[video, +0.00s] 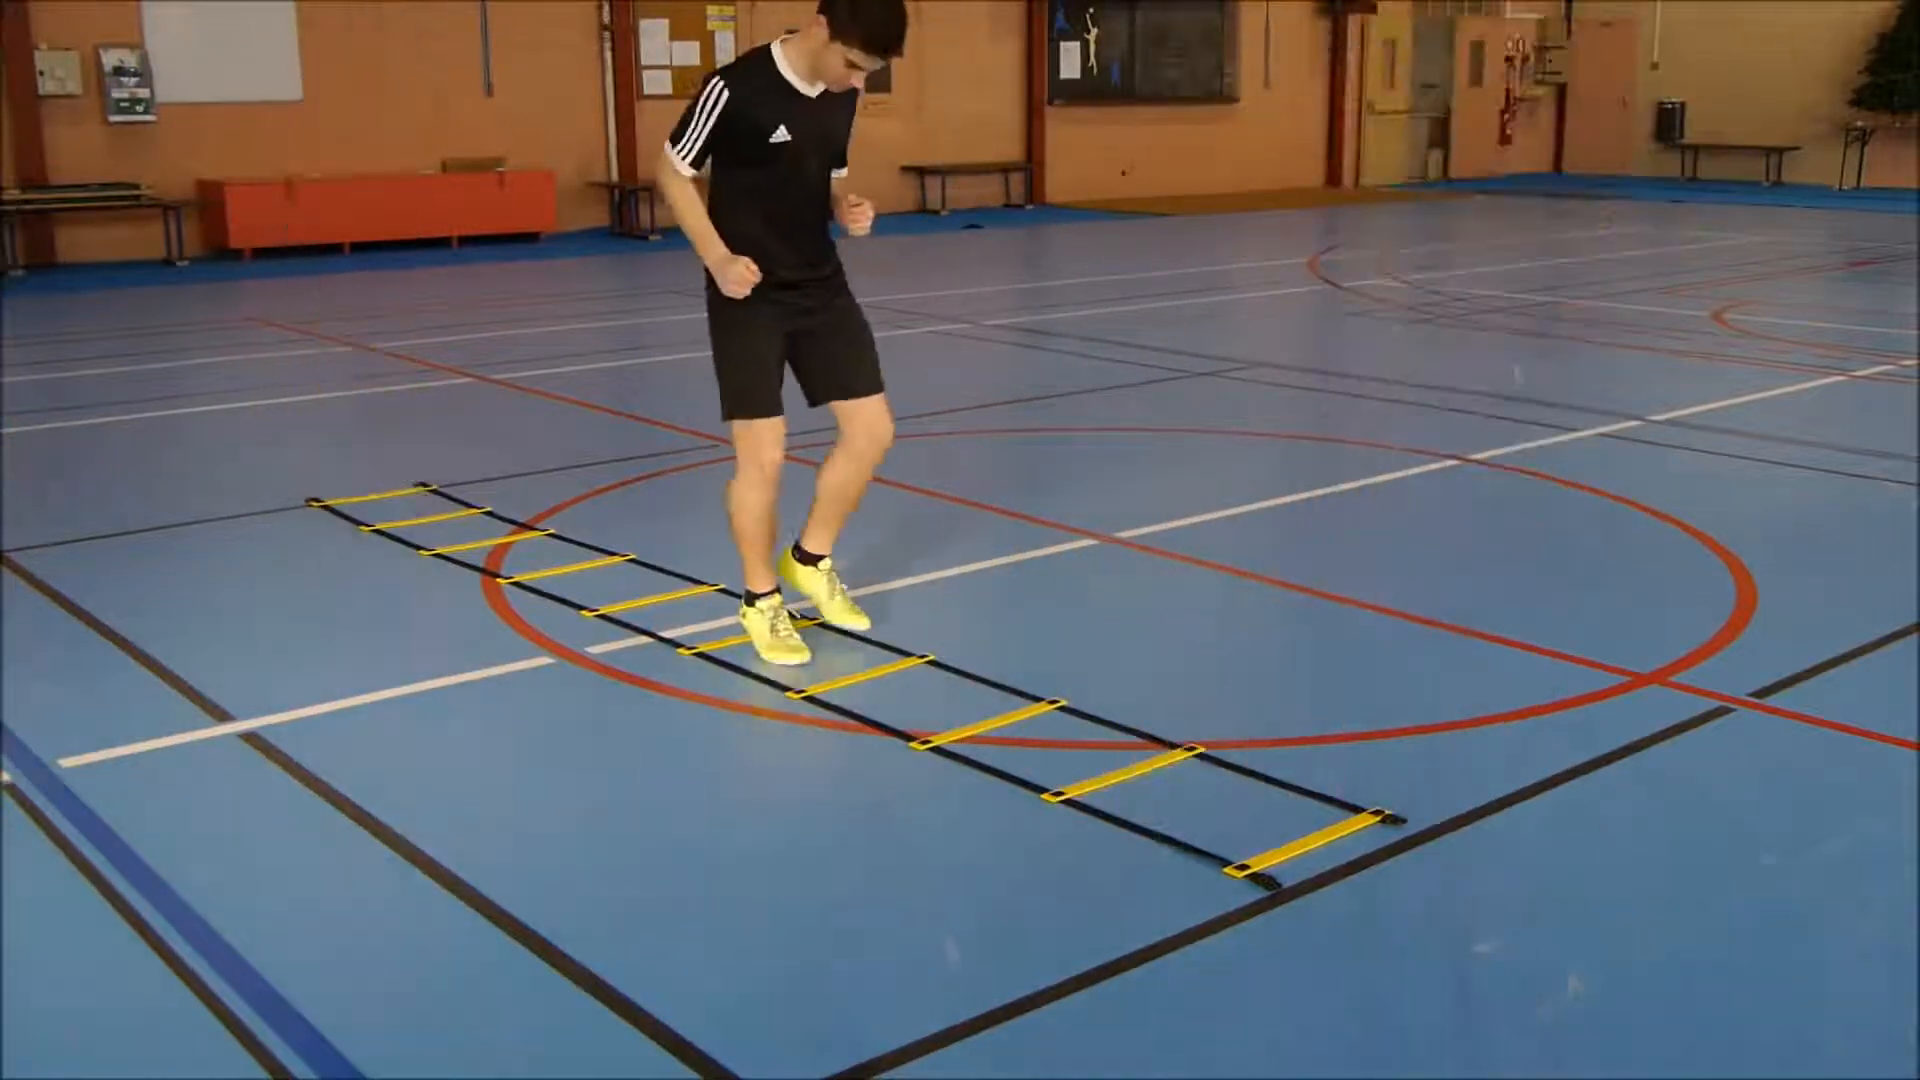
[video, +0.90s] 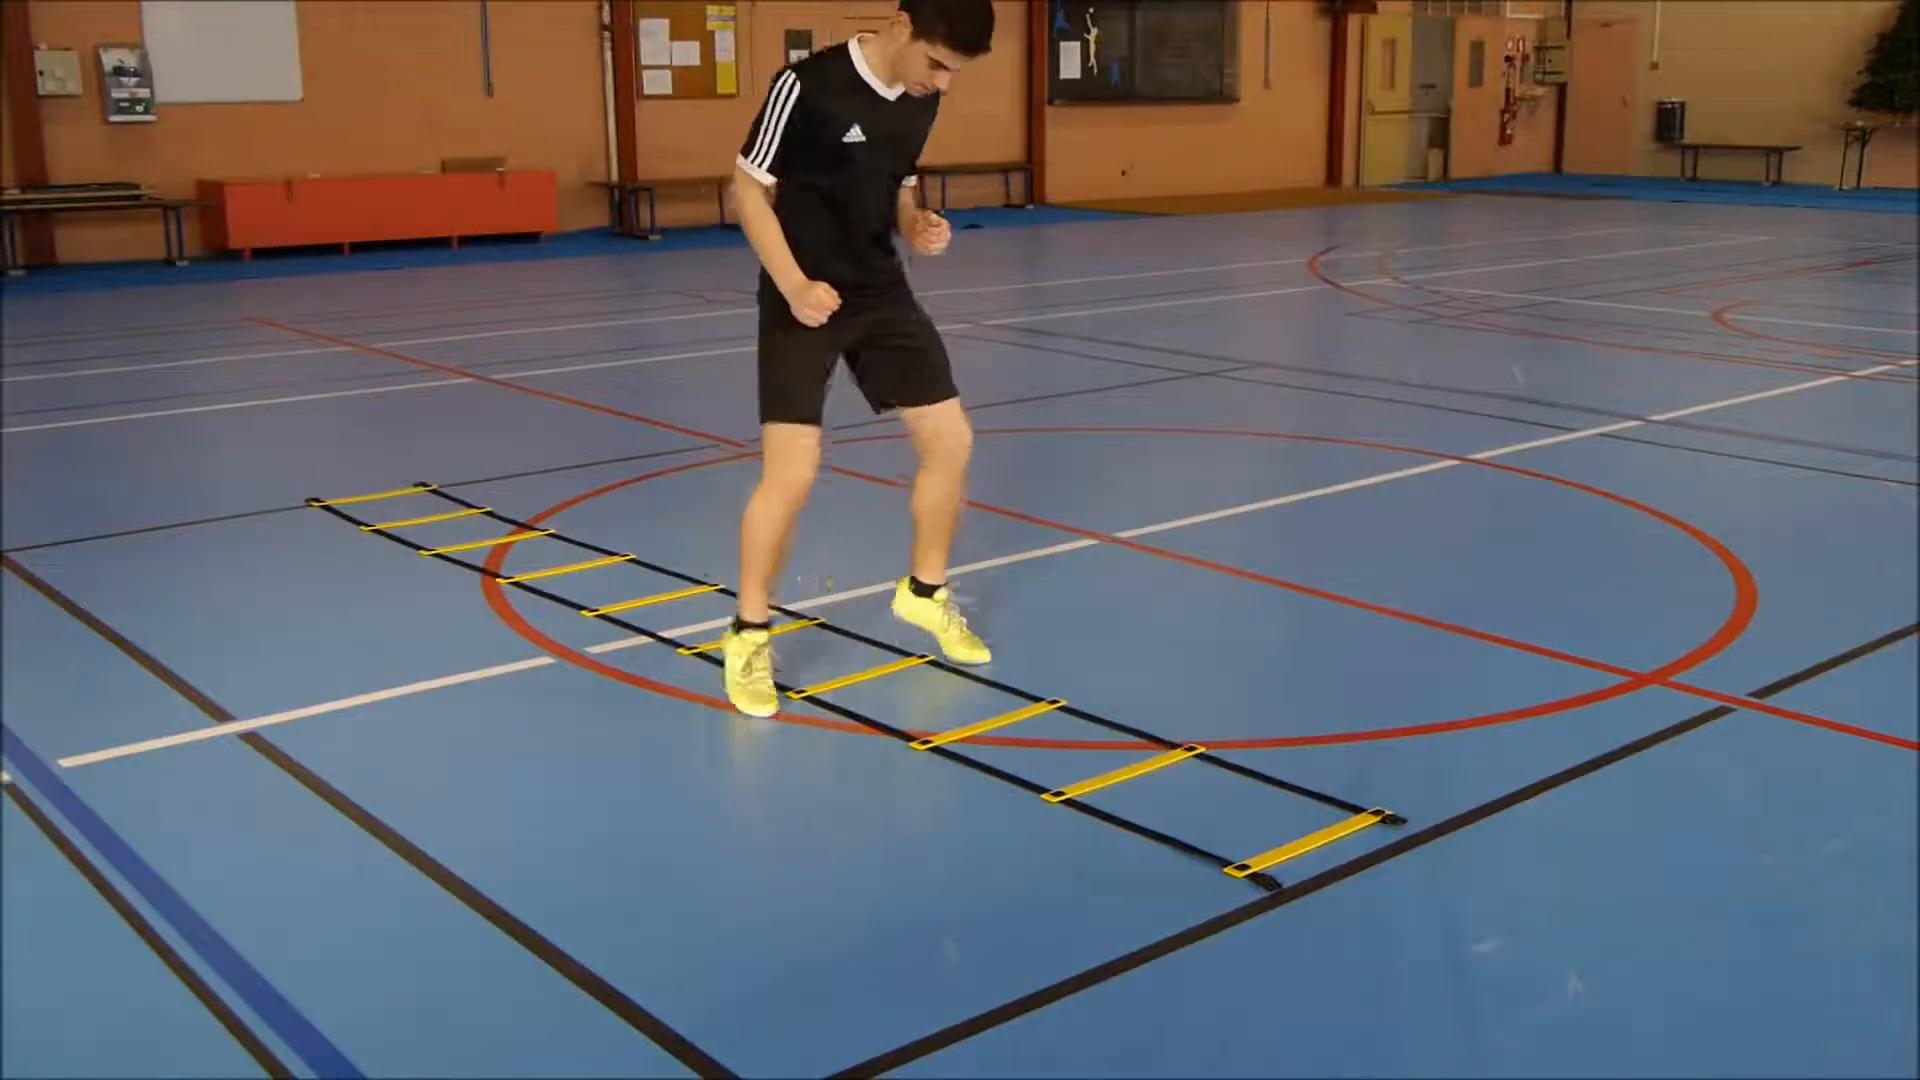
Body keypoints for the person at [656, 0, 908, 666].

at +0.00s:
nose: (858, 82)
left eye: (869, 71)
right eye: (853, 65)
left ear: (878, 56)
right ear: (818, 29)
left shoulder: (844, 91)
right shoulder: (734, 87)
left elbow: (828, 175)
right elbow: (671, 171)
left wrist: (844, 204)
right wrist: (718, 259)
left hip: (819, 284)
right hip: (746, 290)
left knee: (870, 431)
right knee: (761, 454)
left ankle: (808, 558)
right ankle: (761, 599)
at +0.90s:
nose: (941, 83)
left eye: (952, 71)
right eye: (934, 64)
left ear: (962, 55)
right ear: (895, 26)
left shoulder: (924, 97)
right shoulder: (804, 85)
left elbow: (901, 182)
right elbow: (747, 189)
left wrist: (913, 223)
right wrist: (792, 284)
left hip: (878, 286)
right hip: (798, 291)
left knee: (948, 439)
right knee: (791, 471)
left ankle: (924, 592)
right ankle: (749, 634)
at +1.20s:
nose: (976, 92)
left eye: (987, 81)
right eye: (970, 75)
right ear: (931, 34)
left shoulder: (969, 101)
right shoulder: (832, 89)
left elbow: (961, 180)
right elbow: (786, 196)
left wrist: (963, 227)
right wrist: (830, 286)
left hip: (925, 297)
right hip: (841, 301)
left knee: (957, 459)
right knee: (862, 473)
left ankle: (932, 600)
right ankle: (870, 633)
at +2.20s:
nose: (1044, 84)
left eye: (1055, 71)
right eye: (1037, 64)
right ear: (990, 26)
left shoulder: (1022, 98)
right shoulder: (899, 95)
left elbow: (1006, 187)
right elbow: (837, 217)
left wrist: (1029, 235)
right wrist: (914, 307)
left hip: (980, 318)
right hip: (895, 321)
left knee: (1064, 471)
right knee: (871, 513)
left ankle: (960, 606)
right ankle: (828, 695)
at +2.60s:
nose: (1095, 85)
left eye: (1107, 72)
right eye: (1089, 65)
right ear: (1044, 25)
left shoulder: (1083, 95)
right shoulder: (940, 89)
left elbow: (1075, 183)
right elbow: (886, 204)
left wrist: (1084, 236)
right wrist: (936, 298)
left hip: (1047, 319)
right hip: (958, 323)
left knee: (1085, 492)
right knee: (967, 511)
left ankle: (1063, 648)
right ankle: (936, 664)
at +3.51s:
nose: (1213, 98)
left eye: (1227, 86)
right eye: (1208, 77)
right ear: (1161, 32)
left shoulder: (1179, 108)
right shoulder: (1045, 103)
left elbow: (1160, 205)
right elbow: (974, 223)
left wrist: (1186, 252)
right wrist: (1021, 342)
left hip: (1120, 343)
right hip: (1034, 345)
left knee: (1180, 518)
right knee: (1023, 550)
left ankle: (1065, 654)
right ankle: (966, 744)